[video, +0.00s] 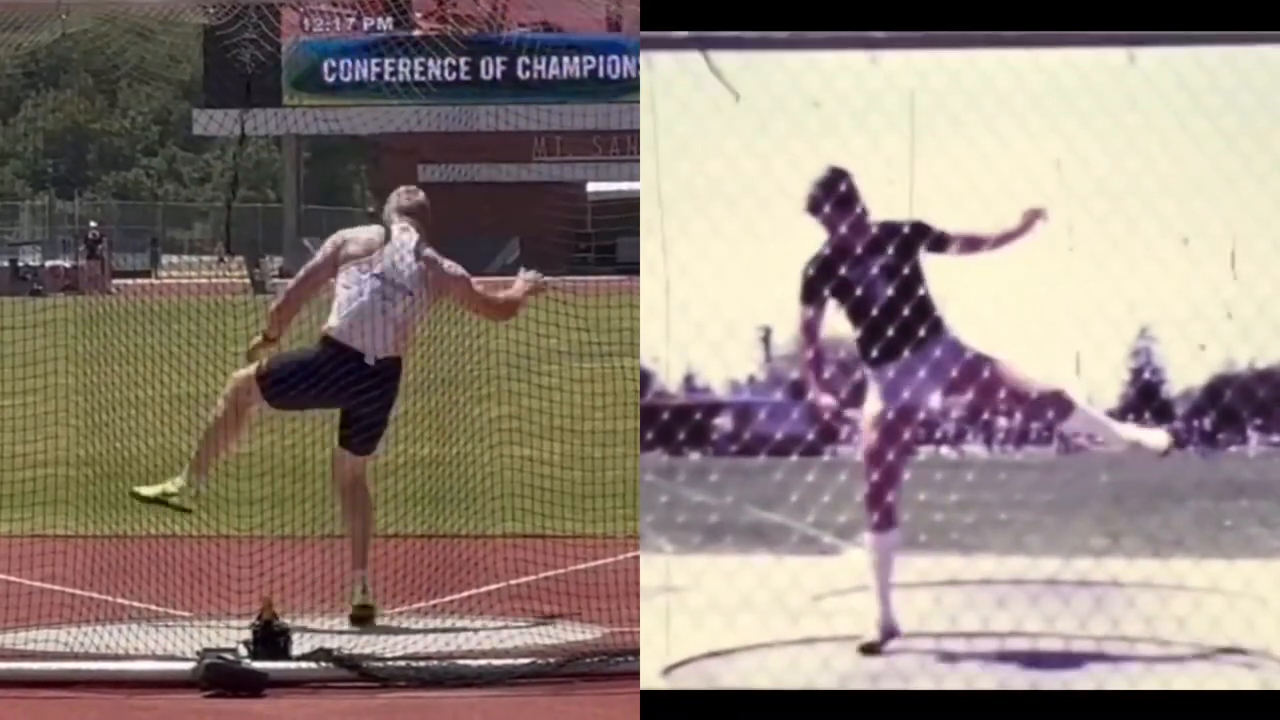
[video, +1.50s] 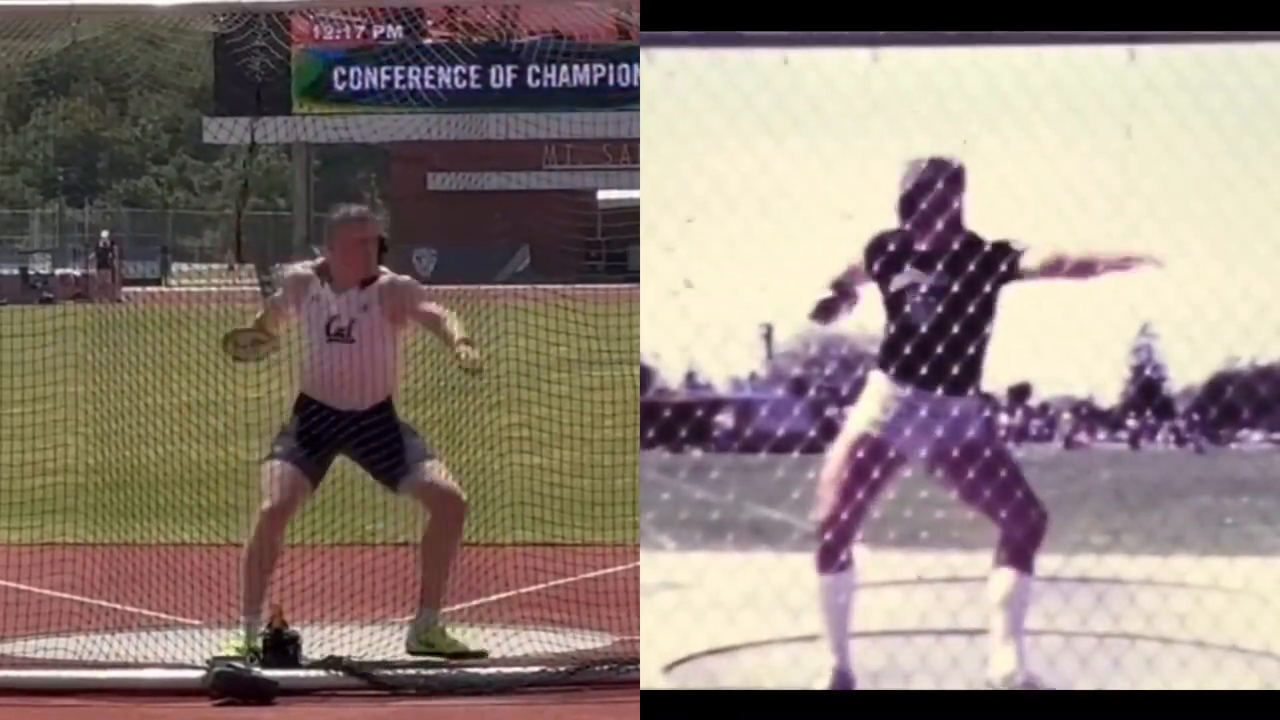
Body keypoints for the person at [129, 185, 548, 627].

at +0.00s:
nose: (400, 213)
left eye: (394, 207)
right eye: (410, 211)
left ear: (386, 215)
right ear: (426, 224)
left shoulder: (353, 240)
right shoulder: (440, 268)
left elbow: (297, 289)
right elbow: (497, 309)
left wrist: (271, 333)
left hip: (336, 361)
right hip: (383, 380)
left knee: (244, 385)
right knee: (352, 472)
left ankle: (187, 483)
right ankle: (362, 591)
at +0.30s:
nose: (214, 236)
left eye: (219, 224)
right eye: (213, 224)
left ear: (247, 218)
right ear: (253, 219)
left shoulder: (242, 277)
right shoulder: (319, 240)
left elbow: (167, 318)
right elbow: (392, 273)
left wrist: (94, 339)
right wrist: (463, 294)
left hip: (318, 397)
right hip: (327, 394)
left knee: (384, 510)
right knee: (257, 510)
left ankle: (474, 604)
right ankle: (252, 636)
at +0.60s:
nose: (221, 238)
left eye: (226, 226)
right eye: (220, 227)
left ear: (256, 222)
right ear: (262, 222)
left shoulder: (270, 280)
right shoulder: (316, 241)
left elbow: (185, 320)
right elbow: (390, 274)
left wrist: (104, 344)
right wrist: (456, 295)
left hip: (343, 394)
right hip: (301, 400)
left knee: (389, 508)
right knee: (259, 507)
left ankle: (473, 606)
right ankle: (251, 633)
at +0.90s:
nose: (253, 239)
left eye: (262, 229)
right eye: (248, 229)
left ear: (288, 228)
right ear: (244, 229)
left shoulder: (304, 274)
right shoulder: (312, 243)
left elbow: (239, 321)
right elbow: (367, 274)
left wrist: (166, 348)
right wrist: (416, 292)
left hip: (357, 395)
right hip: (306, 401)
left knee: (394, 509)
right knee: (264, 508)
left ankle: (469, 611)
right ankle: (249, 634)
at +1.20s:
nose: (296, 244)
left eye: (305, 234)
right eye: (288, 235)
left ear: (322, 233)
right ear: (278, 238)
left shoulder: (342, 276)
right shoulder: (286, 275)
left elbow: (338, 319)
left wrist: (306, 349)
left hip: (368, 401)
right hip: (312, 405)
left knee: (411, 507)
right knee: (267, 505)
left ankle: (451, 620)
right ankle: (251, 628)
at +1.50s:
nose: (367, 254)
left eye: (373, 244)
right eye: (356, 244)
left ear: (379, 246)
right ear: (329, 248)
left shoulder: (392, 288)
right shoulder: (302, 282)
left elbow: (436, 316)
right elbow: (273, 315)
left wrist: (458, 343)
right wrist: (259, 337)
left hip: (377, 422)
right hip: (313, 421)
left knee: (450, 504)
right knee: (274, 510)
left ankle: (426, 627)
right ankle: (248, 633)